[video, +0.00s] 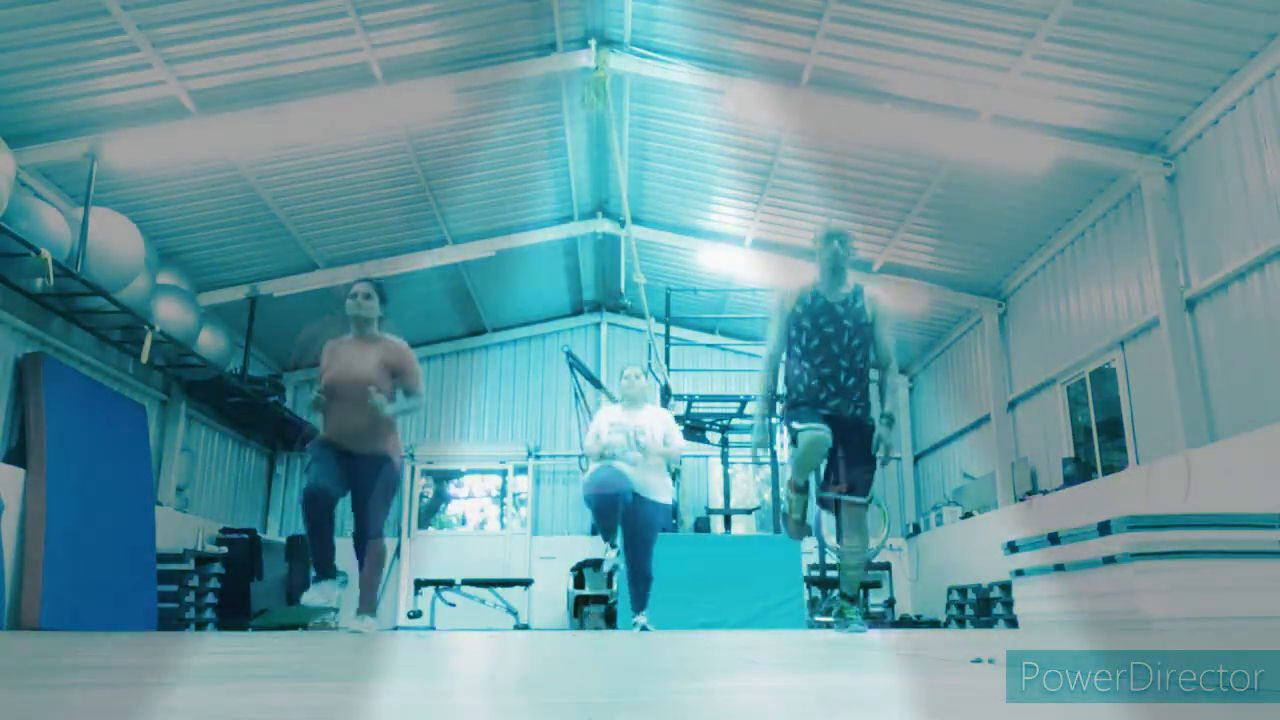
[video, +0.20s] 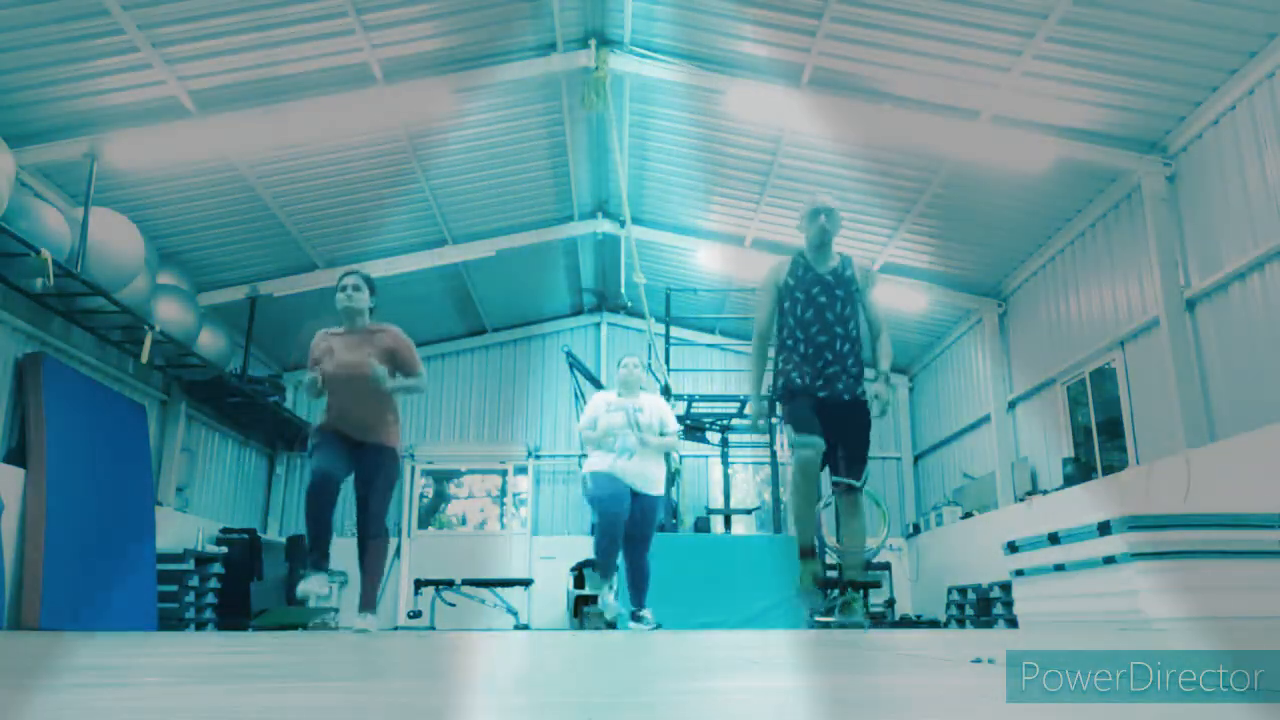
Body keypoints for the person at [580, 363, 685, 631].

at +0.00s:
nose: (631, 381)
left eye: (637, 377)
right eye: (626, 377)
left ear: (647, 385)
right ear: (619, 386)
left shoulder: (661, 416)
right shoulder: (606, 412)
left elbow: (677, 454)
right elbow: (589, 448)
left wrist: (651, 449)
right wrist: (608, 446)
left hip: (649, 488)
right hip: (612, 479)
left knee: (640, 555)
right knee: (606, 482)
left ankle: (639, 613)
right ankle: (610, 544)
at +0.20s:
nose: (630, 369)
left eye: (636, 366)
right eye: (625, 365)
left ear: (644, 376)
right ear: (616, 374)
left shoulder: (657, 402)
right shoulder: (601, 399)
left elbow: (674, 441)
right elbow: (584, 437)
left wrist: (647, 439)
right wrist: (603, 433)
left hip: (647, 479)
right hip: (606, 471)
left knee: (638, 547)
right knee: (613, 510)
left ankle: (639, 609)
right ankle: (606, 580)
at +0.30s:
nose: (626, 379)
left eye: (632, 376)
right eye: (621, 375)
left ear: (640, 385)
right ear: (612, 384)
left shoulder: (654, 414)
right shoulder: (597, 411)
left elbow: (672, 452)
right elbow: (580, 450)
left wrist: (651, 454)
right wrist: (601, 441)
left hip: (646, 494)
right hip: (606, 490)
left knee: (636, 553)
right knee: (611, 548)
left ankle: (631, 609)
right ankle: (607, 611)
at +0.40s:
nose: (622, 397)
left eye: (627, 392)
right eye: (616, 392)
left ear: (635, 398)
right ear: (608, 398)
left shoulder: (649, 429)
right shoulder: (595, 428)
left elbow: (668, 463)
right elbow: (582, 469)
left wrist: (646, 464)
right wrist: (596, 453)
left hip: (644, 505)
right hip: (604, 501)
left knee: (632, 562)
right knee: (618, 547)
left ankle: (629, 615)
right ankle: (607, 613)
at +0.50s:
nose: (621, 384)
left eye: (626, 379)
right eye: (615, 379)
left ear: (632, 385)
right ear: (607, 385)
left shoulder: (647, 415)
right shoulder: (592, 415)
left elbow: (665, 453)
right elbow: (582, 454)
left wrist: (642, 446)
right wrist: (600, 439)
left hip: (644, 491)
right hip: (604, 490)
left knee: (639, 550)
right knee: (613, 544)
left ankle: (632, 607)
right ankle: (608, 609)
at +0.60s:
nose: (619, 373)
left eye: (623, 369)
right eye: (614, 368)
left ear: (631, 375)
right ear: (606, 375)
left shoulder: (645, 403)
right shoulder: (588, 401)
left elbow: (663, 440)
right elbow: (575, 439)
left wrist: (643, 443)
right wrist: (599, 442)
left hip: (642, 486)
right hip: (601, 486)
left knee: (647, 535)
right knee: (610, 544)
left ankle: (631, 578)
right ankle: (608, 605)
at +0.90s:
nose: (617, 383)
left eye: (622, 379)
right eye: (612, 379)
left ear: (629, 387)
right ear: (603, 386)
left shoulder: (641, 415)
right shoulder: (587, 414)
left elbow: (660, 451)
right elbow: (572, 450)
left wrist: (638, 446)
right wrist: (589, 443)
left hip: (636, 482)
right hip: (597, 486)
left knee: (644, 512)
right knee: (607, 552)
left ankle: (640, 568)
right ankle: (608, 612)